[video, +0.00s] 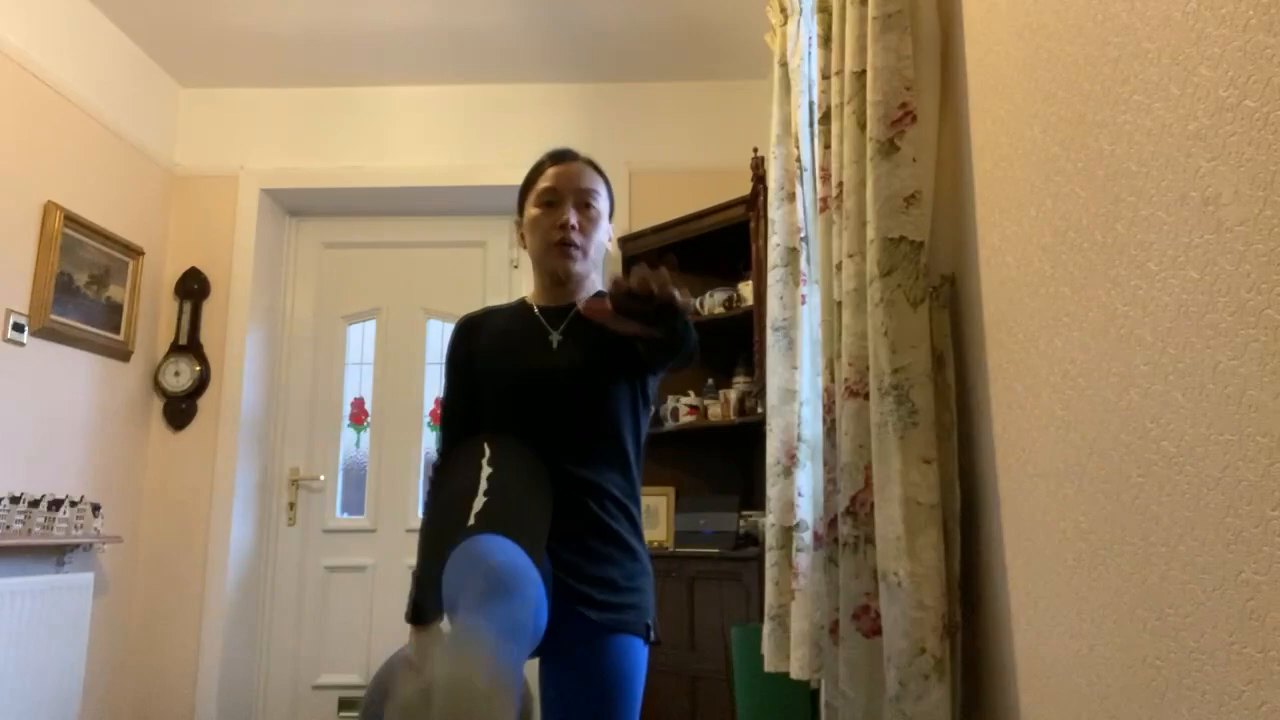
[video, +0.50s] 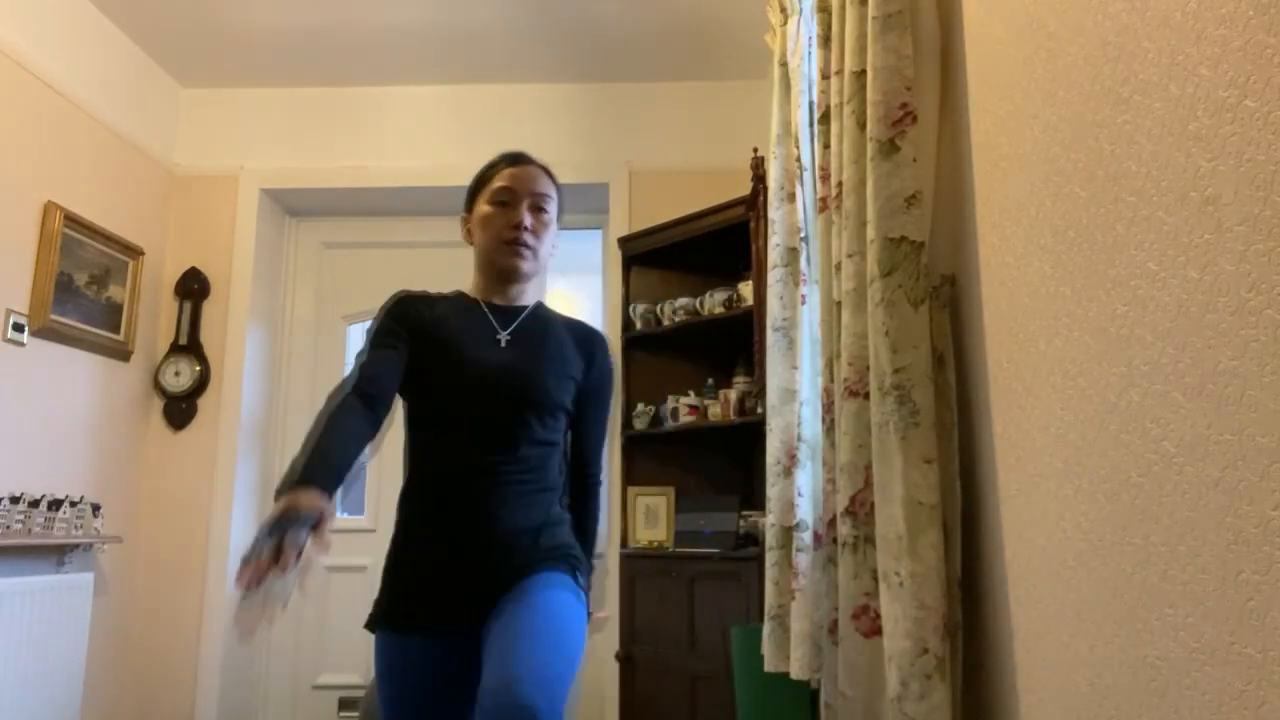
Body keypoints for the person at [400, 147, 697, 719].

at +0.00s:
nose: (568, 218)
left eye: (587, 206)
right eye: (549, 204)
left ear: (609, 236)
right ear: (521, 231)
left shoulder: (630, 326)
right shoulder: (478, 333)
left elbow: (674, 349)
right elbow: (453, 471)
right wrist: (425, 605)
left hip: (604, 582)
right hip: (497, 573)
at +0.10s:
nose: (565, 213)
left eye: (582, 202)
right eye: (546, 198)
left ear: (604, 230)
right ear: (516, 224)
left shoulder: (639, 319)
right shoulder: (471, 327)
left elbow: (678, 360)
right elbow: (442, 467)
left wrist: (686, 395)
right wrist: (404, 605)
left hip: (602, 568)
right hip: (492, 555)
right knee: (491, 703)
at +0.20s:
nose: (556, 219)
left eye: (574, 208)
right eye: (537, 204)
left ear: (594, 234)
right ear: (506, 229)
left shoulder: (631, 333)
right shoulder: (458, 328)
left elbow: (682, 433)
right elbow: (422, 467)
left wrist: (702, 532)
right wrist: (377, 605)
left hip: (592, 602)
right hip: (476, 599)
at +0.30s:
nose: (545, 225)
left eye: (563, 214)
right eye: (527, 208)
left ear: (579, 240)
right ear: (493, 231)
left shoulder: (611, 350)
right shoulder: (438, 331)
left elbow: (650, 478)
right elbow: (394, 469)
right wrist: (340, 608)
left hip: (571, 627)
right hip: (450, 621)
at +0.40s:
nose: (533, 221)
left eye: (551, 211)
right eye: (514, 205)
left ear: (566, 238)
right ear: (480, 228)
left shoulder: (596, 347)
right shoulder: (423, 325)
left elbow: (618, 484)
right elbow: (369, 453)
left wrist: (630, 607)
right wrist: (308, 572)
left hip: (548, 604)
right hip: (431, 598)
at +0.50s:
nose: (523, 217)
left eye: (540, 208)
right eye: (504, 201)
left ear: (555, 236)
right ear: (470, 225)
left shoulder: (585, 349)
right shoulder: (415, 316)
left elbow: (584, 479)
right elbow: (364, 399)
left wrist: (579, 580)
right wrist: (308, 491)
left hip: (538, 570)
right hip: (426, 574)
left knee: (519, 702)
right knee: (413, 709)